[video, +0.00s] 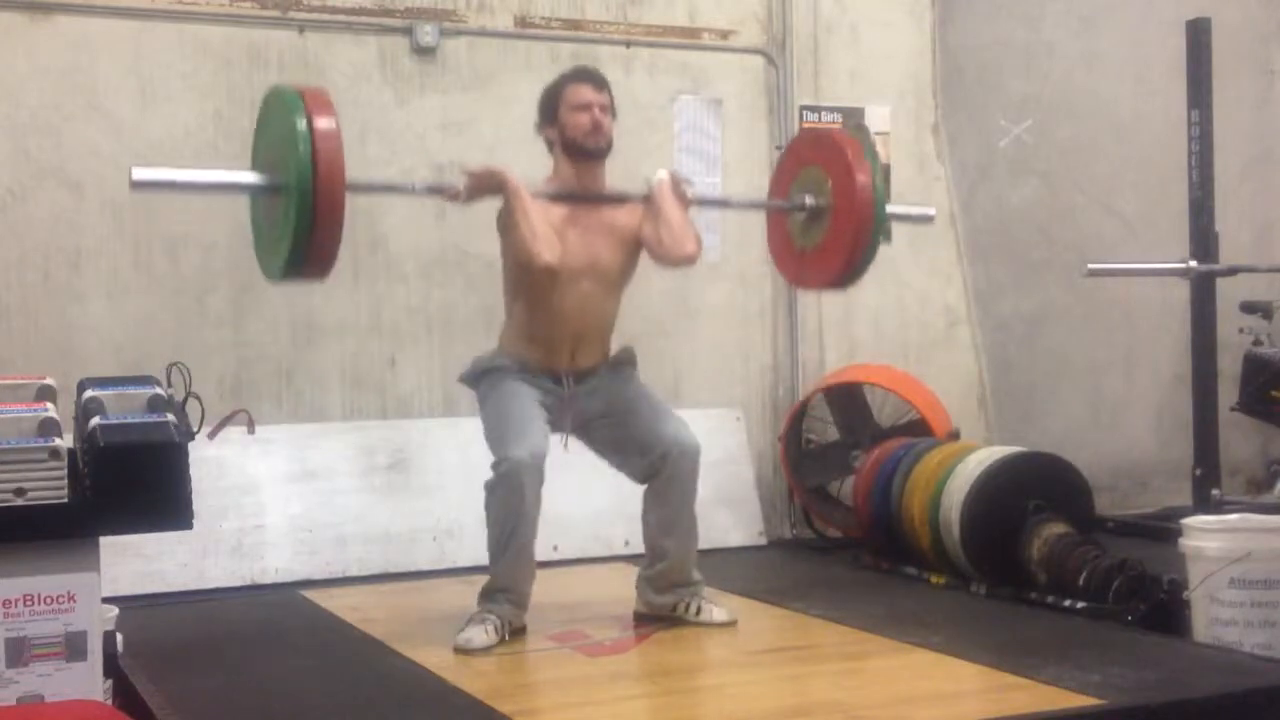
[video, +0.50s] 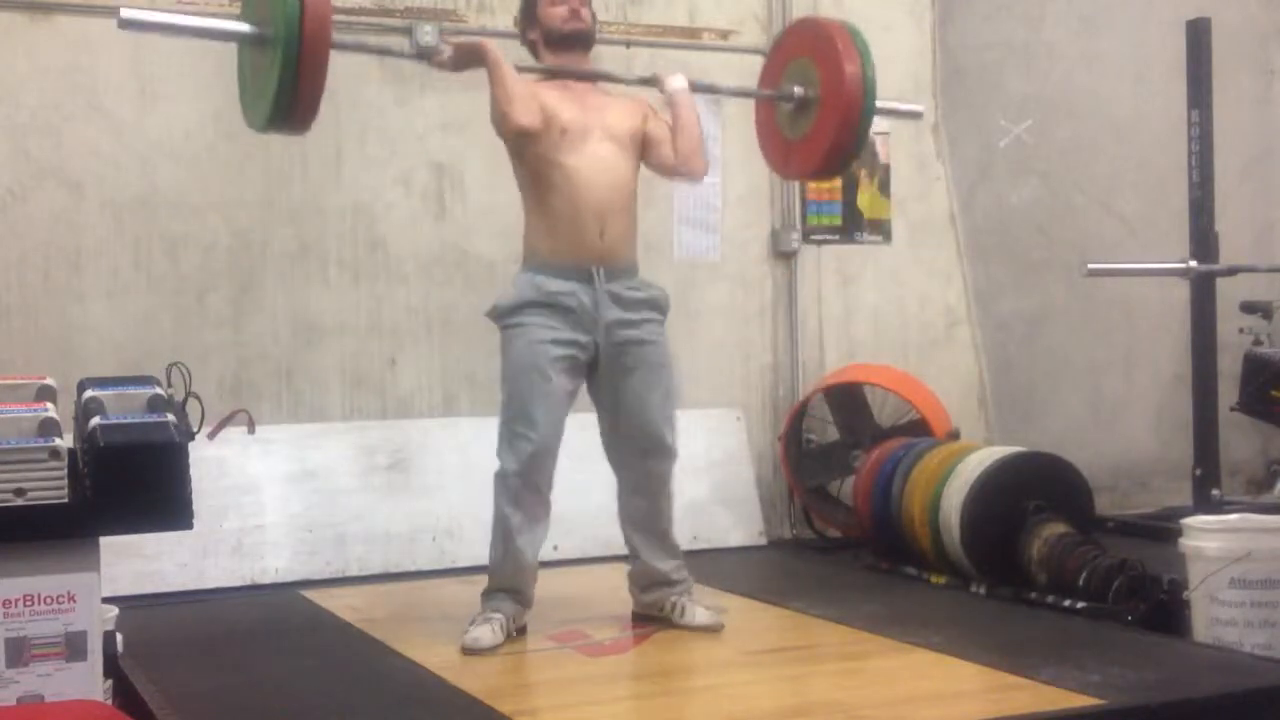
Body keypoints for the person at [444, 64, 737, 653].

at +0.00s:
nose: (597, 117)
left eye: (605, 110)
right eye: (581, 109)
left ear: (614, 126)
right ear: (552, 128)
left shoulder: (636, 211)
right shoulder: (526, 208)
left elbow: (682, 249)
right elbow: (544, 254)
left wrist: (663, 186)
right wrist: (509, 183)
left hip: (599, 379)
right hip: (520, 377)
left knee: (677, 450)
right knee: (519, 462)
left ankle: (667, 592)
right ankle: (502, 608)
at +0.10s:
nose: (594, 88)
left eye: (601, 81)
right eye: (578, 80)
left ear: (610, 99)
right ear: (548, 101)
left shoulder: (632, 184)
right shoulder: (523, 180)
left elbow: (681, 219)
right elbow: (542, 222)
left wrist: (661, 158)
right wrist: (506, 154)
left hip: (603, 364)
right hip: (519, 363)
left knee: (680, 451)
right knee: (510, 461)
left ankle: (668, 592)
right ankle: (501, 608)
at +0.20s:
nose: (588, 58)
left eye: (595, 51)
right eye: (571, 50)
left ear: (604, 71)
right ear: (542, 71)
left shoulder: (631, 152)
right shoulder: (521, 146)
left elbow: (680, 182)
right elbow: (537, 187)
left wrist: (658, 123)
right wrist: (503, 120)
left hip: (608, 343)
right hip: (525, 340)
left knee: (681, 450)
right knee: (509, 458)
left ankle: (668, 592)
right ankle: (500, 606)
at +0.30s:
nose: (582, 15)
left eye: (588, 11)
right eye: (564, 10)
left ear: (598, 39)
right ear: (534, 38)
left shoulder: (629, 119)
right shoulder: (520, 111)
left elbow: (683, 151)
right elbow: (532, 144)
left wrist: (658, 88)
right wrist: (499, 79)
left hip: (614, 319)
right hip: (531, 316)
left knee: (672, 446)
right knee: (509, 453)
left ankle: (668, 591)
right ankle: (501, 605)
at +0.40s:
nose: (577, 4)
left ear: (594, 20)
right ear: (532, 20)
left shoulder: (627, 100)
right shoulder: (521, 86)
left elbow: (685, 167)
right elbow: (522, 133)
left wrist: (676, 89)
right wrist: (492, 55)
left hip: (624, 295)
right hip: (541, 294)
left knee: (649, 444)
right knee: (518, 451)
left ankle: (662, 586)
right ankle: (501, 603)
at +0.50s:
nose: (574, 7)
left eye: (582, 2)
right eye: (556, 3)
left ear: (595, 25)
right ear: (533, 28)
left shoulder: (630, 107)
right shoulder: (525, 91)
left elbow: (690, 162)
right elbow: (519, 122)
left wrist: (678, 90)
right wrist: (490, 52)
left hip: (629, 298)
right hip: (546, 296)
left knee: (650, 447)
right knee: (527, 451)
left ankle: (659, 588)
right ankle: (505, 602)